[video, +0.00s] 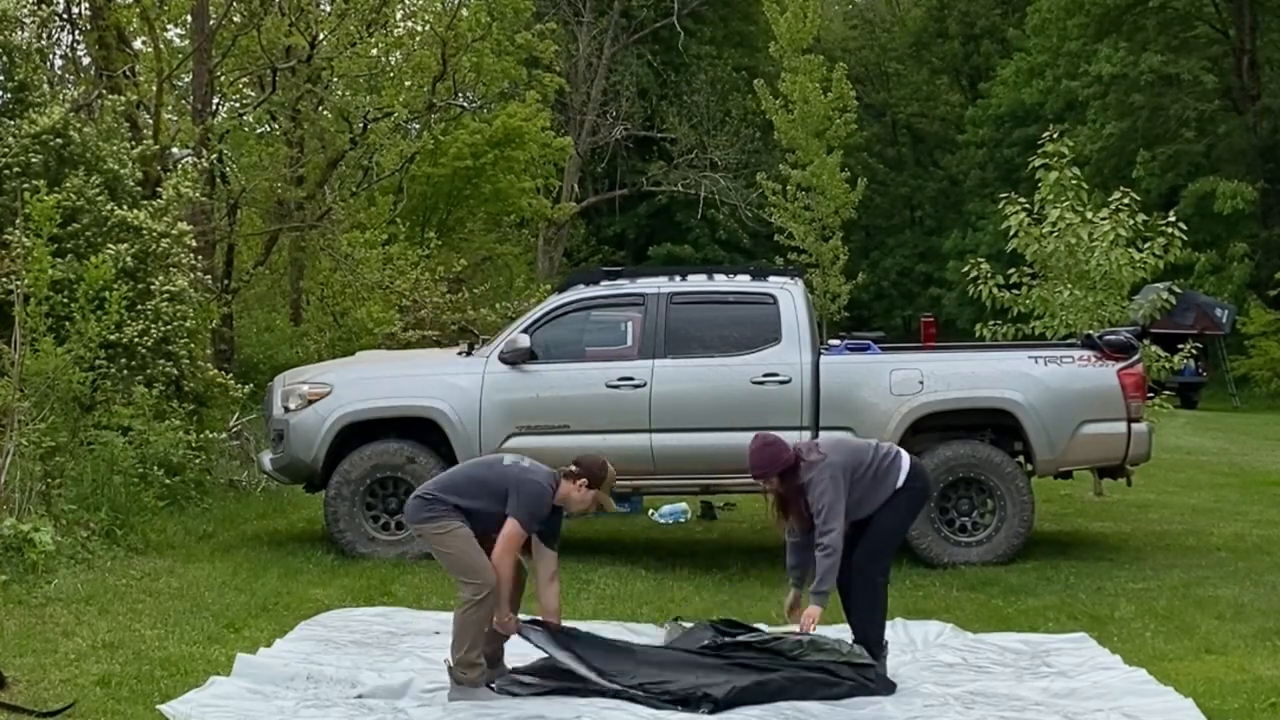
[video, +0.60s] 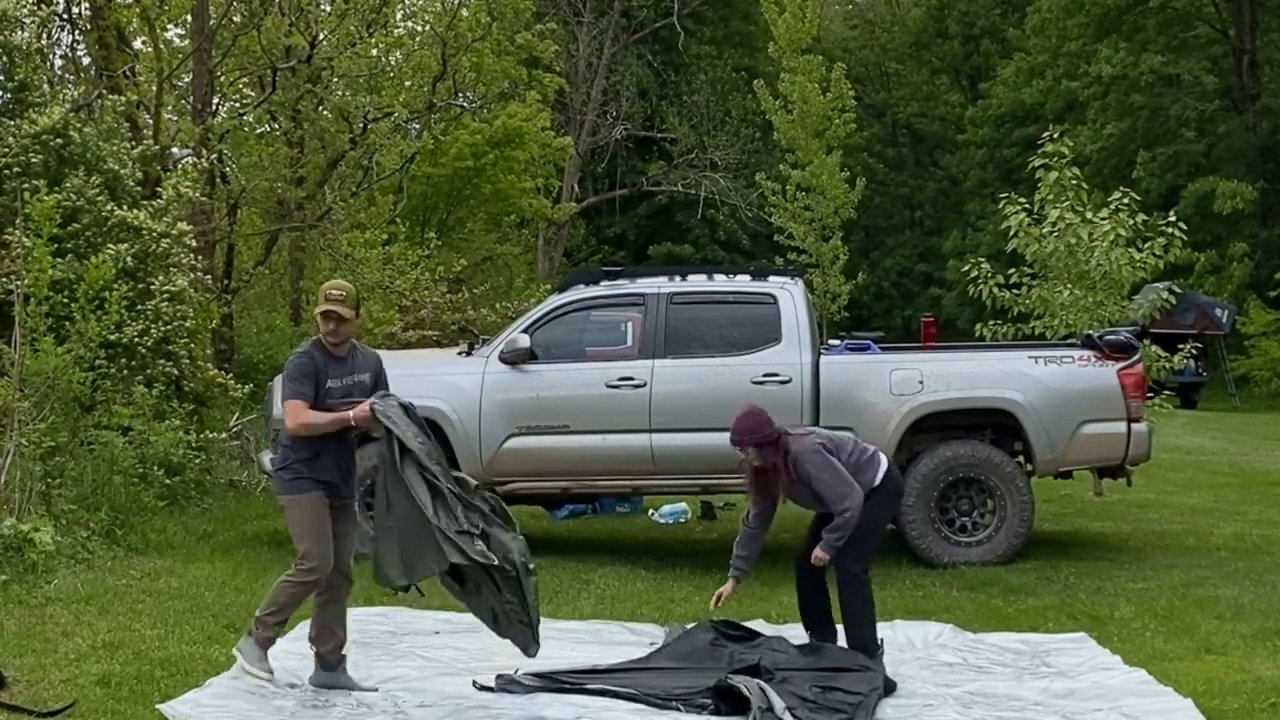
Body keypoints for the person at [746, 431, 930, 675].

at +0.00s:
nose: (765, 487)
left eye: (768, 480)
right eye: (761, 481)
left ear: (783, 470)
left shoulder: (824, 470)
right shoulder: (793, 475)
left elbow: (830, 539)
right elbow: (798, 532)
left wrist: (817, 603)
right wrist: (795, 587)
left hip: (905, 482)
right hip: (873, 488)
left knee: (867, 565)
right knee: (845, 567)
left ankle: (872, 660)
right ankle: (867, 650)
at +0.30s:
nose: (783, 460)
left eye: (786, 454)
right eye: (778, 455)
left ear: (802, 447)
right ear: (778, 452)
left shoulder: (837, 457)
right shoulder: (801, 462)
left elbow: (858, 518)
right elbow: (800, 517)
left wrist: (858, 583)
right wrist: (797, 574)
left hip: (906, 481)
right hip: (872, 491)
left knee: (876, 568)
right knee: (848, 574)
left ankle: (872, 662)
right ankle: (868, 657)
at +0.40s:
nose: (779, 437)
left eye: (782, 431)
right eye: (777, 432)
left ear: (796, 427)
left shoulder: (834, 441)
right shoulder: (798, 444)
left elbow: (854, 502)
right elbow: (799, 496)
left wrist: (861, 566)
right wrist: (800, 550)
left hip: (900, 481)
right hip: (866, 488)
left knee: (873, 572)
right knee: (849, 572)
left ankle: (873, 667)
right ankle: (869, 657)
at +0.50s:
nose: (766, 419)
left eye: (768, 412)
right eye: (763, 413)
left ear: (782, 410)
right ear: (784, 406)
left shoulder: (821, 425)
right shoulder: (791, 427)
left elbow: (842, 488)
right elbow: (792, 479)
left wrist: (842, 549)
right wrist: (784, 531)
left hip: (887, 477)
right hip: (851, 484)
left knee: (864, 562)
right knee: (827, 560)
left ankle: (871, 661)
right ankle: (838, 640)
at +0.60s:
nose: (743, 456)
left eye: (746, 449)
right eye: (740, 449)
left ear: (761, 446)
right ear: (748, 449)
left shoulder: (805, 454)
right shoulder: (765, 467)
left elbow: (852, 500)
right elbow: (756, 520)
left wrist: (828, 545)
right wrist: (733, 578)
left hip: (878, 485)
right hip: (839, 494)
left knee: (850, 566)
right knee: (808, 564)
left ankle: (867, 665)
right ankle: (824, 650)